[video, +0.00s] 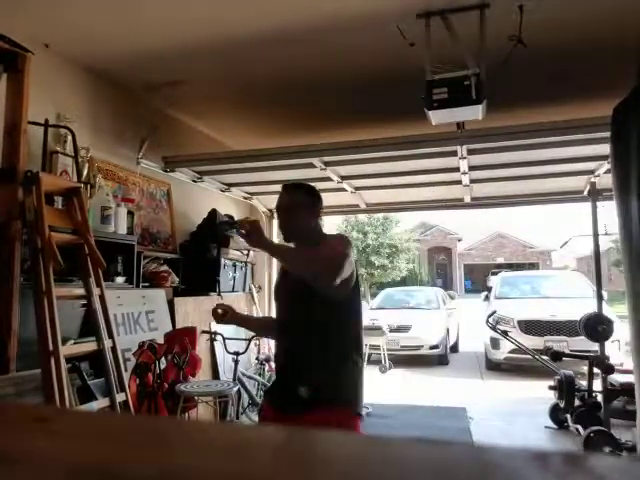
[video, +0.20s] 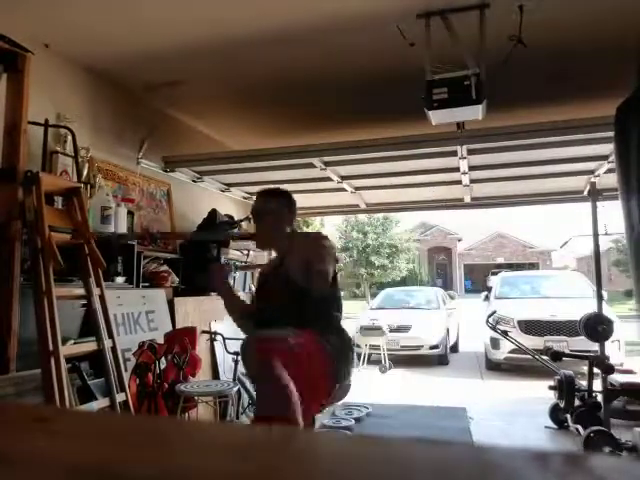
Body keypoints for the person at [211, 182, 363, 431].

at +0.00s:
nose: (281, 218)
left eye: (289, 211)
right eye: (279, 211)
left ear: (314, 213)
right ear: (276, 214)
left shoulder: (337, 245)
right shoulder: (290, 261)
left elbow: (329, 274)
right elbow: (288, 329)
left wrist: (267, 245)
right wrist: (238, 319)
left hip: (332, 397)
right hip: (287, 394)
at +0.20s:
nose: (255, 227)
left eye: (260, 218)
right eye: (254, 219)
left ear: (288, 218)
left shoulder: (316, 244)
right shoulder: (269, 273)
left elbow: (318, 295)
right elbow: (254, 326)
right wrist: (223, 287)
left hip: (324, 354)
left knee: (259, 350)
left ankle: (293, 443)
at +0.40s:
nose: (253, 226)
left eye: (260, 217)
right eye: (250, 219)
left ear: (283, 218)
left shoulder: (306, 251)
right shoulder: (265, 267)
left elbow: (285, 298)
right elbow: (240, 314)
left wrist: (232, 317)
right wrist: (221, 270)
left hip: (316, 348)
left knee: (252, 341)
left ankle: (279, 443)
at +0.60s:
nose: (246, 225)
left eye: (253, 216)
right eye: (243, 219)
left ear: (277, 218)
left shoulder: (297, 248)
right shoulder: (269, 267)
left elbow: (275, 304)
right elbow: (248, 317)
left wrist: (239, 343)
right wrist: (230, 273)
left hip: (303, 368)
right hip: (278, 368)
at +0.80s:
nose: (257, 224)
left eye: (264, 216)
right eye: (255, 218)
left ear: (289, 217)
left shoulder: (309, 251)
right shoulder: (273, 269)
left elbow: (283, 309)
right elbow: (244, 317)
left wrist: (247, 342)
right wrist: (231, 269)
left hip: (318, 396)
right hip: (272, 394)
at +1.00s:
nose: (288, 220)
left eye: (296, 212)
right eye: (285, 214)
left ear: (319, 217)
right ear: (282, 219)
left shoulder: (344, 254)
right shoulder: (277, 261)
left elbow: (326, 308)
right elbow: (257, 297)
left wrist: (270, 320)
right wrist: (259, 245)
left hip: (342, 391)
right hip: (289, 390)